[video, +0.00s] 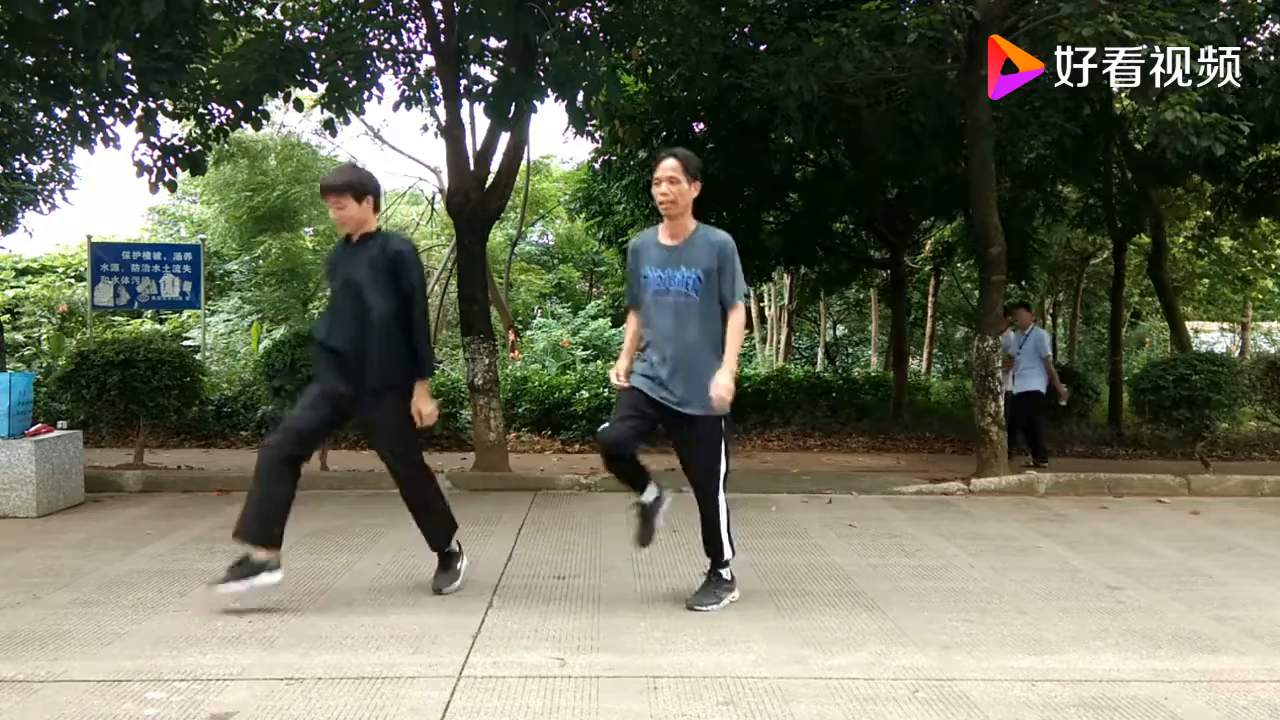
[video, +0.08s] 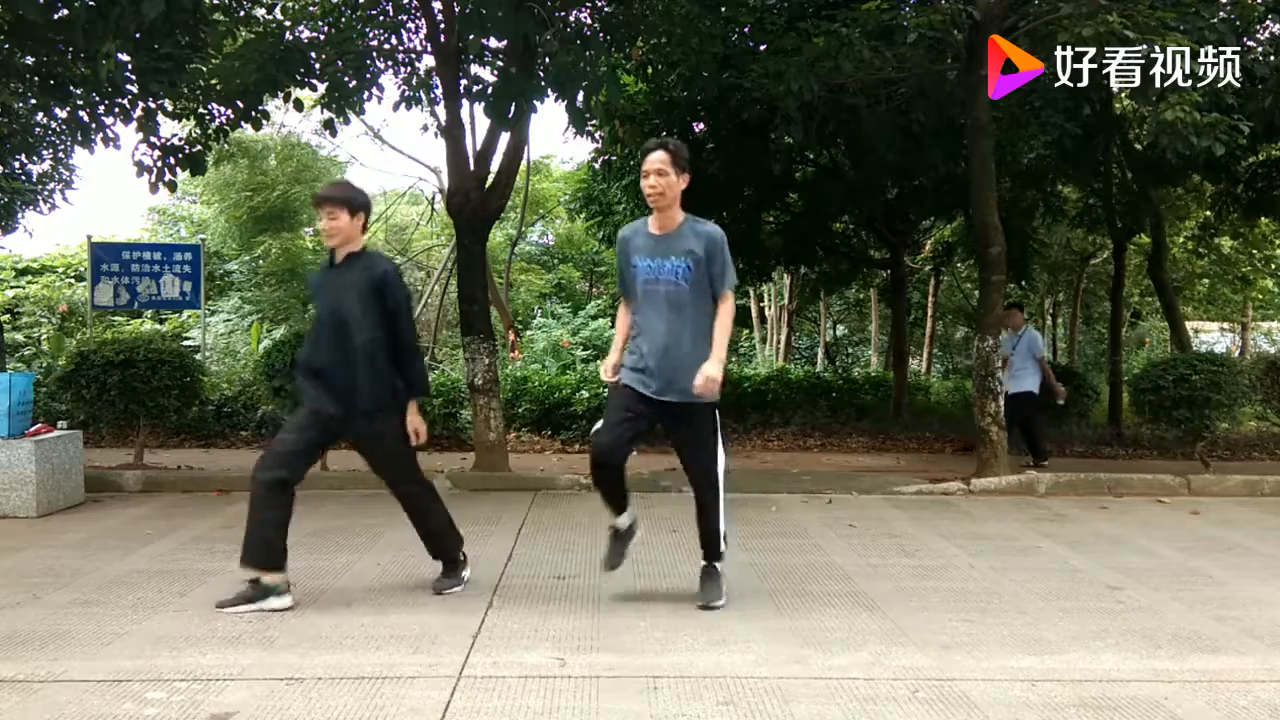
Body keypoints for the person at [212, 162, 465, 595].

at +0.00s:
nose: (334, 214)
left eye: (340, 205)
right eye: (330, 207)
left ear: (368, 202)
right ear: (334, 209)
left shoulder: (397, 250)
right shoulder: (339, 257)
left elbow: (418, 320)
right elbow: (345, 320)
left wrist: (422, 387)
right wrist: (331, 373)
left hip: (384, 384)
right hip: (337, 380)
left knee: (409, 468)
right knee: (280, 449)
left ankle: (448, 550)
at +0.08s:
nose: (325, 225)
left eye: (334, 217)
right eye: (322, 218)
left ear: (360, 220)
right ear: (320, 224)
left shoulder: (381, 271)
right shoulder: (324, 277)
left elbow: (405, 339)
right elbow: (333, 339)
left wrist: (413, 403)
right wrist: (317, 392)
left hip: (373, 405)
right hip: (324, 402)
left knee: (409, 485)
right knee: (271, 473)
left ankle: (454, 560)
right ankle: (271, 581)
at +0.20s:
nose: (311, 197)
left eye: (320, 188)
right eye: (302, 189)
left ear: (336, 194)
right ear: (292, 197)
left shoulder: (355, 248)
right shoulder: (281, 253)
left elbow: (391, 312)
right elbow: (278, 319)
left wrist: (404, 374)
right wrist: (262, 367)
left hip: (343, 384)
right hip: (289, 384)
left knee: (374, 470)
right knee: (255, 468)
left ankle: (436, 543)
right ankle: (266, 572)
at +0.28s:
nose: (301, 188)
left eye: (310, 179)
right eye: (292, 180)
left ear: (324, 185)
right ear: (280, 186)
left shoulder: (344, 236)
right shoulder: (266, 238)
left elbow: (402, 284)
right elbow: (244, 286)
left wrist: (402, 338)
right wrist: (216, 325)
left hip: (331, 371)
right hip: (277, 372)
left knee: (341, 458)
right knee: (259, 463)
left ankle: (415, 525)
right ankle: (251, 567)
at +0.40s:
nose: (281, 202)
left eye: (289, 194)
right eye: (272, 195)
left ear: (303, 200)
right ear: (259, 200)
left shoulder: (323, 245)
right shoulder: (244, 240)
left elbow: (394, 249)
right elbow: (190, 240)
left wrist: (384, 295)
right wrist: (164, 275)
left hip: (303, 374)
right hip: (254, 375)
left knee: (282, 446)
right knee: (250, 472)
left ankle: (371, 509)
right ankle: (236, 571)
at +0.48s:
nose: (272, 206)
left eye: (280, 198)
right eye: (263, 198)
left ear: (293, 205)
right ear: (249, 204)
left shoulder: (313, 252)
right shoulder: (233, 250)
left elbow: (387, 259)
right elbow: (181, 248)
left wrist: (369, 298)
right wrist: (151, 273)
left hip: (291, 380)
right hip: (241, 383)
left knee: (256, 451)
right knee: (238, 484)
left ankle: (346, 521)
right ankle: (238, 574)